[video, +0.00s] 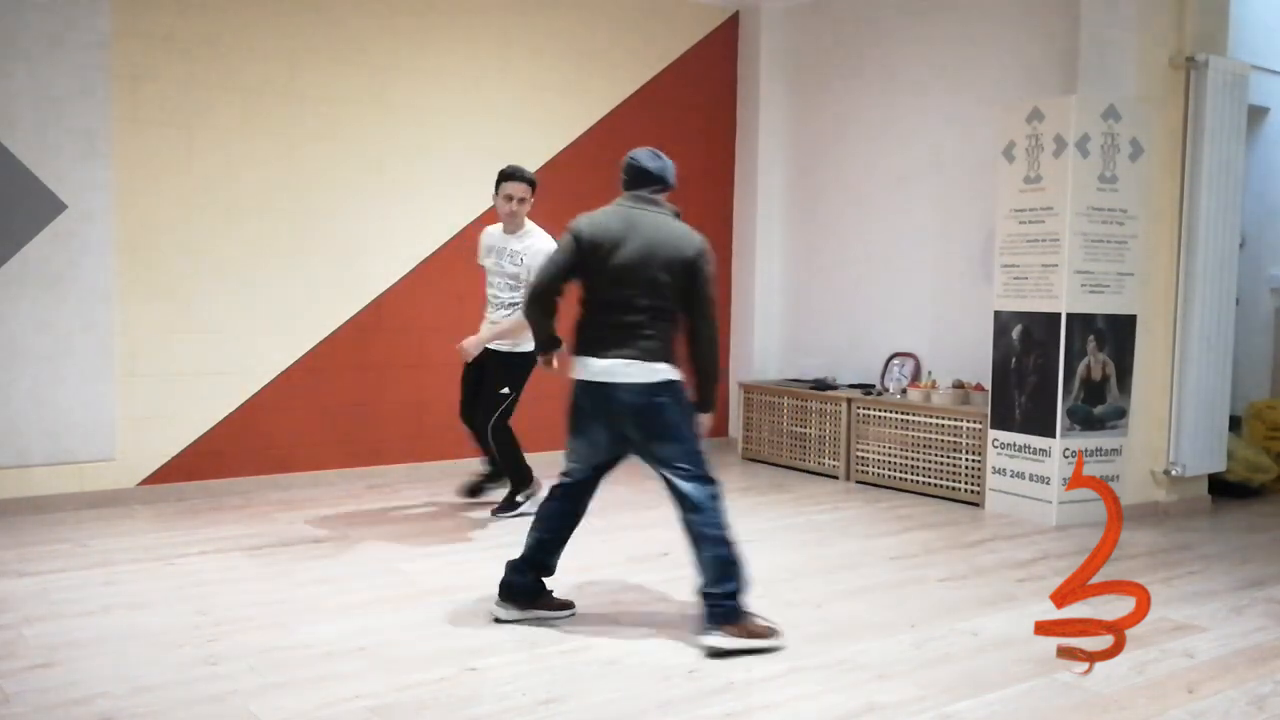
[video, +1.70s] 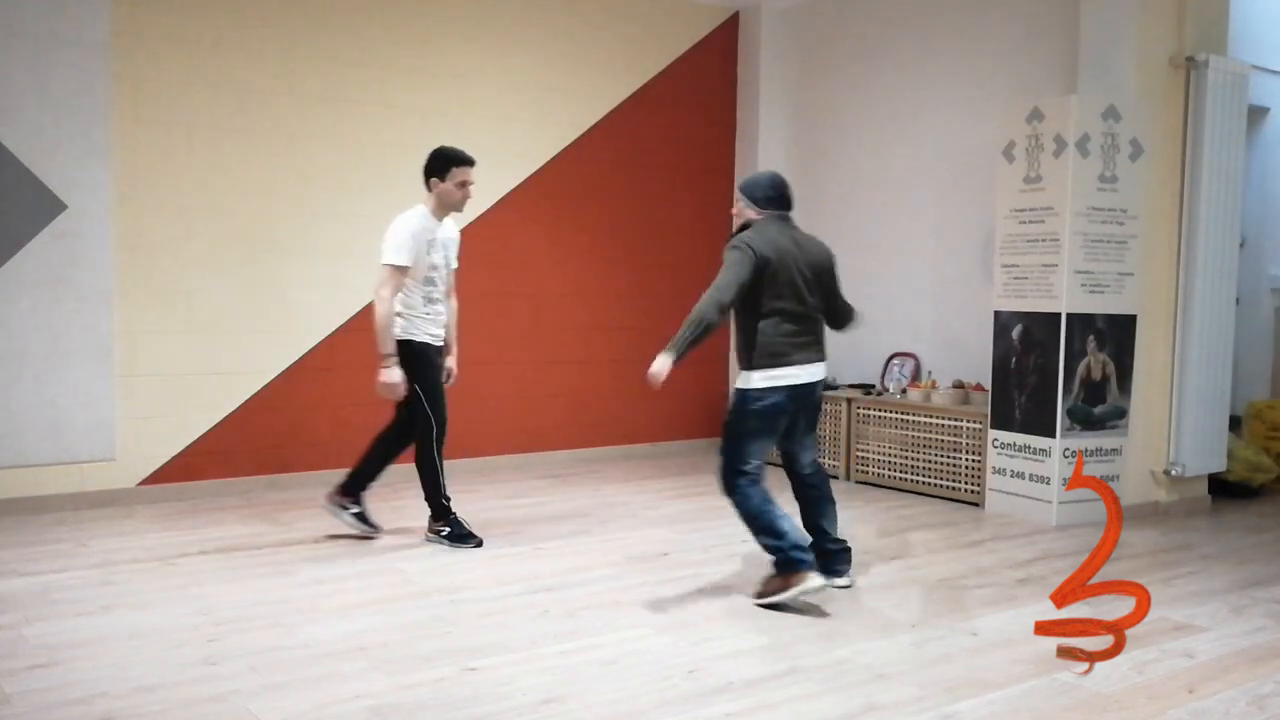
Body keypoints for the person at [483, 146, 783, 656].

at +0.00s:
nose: (668, 196)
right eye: (670, 189)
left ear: (623, 184)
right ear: (667, 190)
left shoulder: (590, 227)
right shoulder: (689, 242)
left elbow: (540, 290)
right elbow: (703, 330)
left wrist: (547, 342)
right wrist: (706, 398)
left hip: (594, 385)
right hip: (655, 387)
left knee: (573, 485)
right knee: (697, 493)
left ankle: (522, 585)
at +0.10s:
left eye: (644, 191)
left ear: (647, 194)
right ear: (694, 195)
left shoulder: (625, 240)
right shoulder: (726, 250)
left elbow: (586, 310)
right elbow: (750, 339)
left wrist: (557, 362)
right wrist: (744, 398)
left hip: (638, 404)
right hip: (707, 402)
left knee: (592, 495)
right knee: (743, 504)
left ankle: (530, 585)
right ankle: (749, 621)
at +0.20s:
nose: (667, 206)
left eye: (667, 198)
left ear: (671, 197)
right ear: (720, 194)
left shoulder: (659, 242)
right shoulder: (756, 246)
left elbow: (635, 322)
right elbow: (787, 336)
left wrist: (596, 397)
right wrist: (774, 392)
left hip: (675, 401)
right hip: (744, 400)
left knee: (627, 494)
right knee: (764, 510)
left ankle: (575, 587)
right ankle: (757, 625)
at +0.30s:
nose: (684, 196)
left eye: (685, 189)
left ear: (690, 187)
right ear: (739, 184)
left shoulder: (686, 230)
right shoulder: (778, 233)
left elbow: (674, 308)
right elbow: (811, 320)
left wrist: (660, 384)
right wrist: (794, 381)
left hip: (701, 386)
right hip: (768, 385)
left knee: (666, 489)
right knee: (772, 504)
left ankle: (649, 592)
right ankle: (765, 624)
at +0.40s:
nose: (703, 186)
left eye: (703, 178)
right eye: (706, 178)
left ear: (710, 178)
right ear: (755, 173)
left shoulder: (713, 218)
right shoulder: (797, 223)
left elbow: (716, 292)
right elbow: (828, 306)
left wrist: (711, 370)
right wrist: (814, 367)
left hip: (733, 375)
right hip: (791, 372)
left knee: (717, 486)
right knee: (786, 493)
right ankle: (776, 617)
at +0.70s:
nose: (731, 197)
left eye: (733, 190)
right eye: (731, 190)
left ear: (745, 191)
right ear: (781, 185)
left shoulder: (745, 238)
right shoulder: (825, 232)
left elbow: (728, 329)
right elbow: (840, 317)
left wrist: (707, 402)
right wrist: (821, 364)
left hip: (760, 386)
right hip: (820, 383)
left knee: (757, 490)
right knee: (832, 476)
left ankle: (795, 596)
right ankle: (829, 563)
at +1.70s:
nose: (733, 211)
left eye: (737, 204)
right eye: (735, 203)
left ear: (753, 208)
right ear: (781, 207)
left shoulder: (747, 243)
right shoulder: (815, 248)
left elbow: (718, 301)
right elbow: (840, 316)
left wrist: (671, 353)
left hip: (764, 384)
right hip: (810, 380)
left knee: (740, 476)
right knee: (804, 465)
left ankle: (791, 560)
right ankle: (834, 561)